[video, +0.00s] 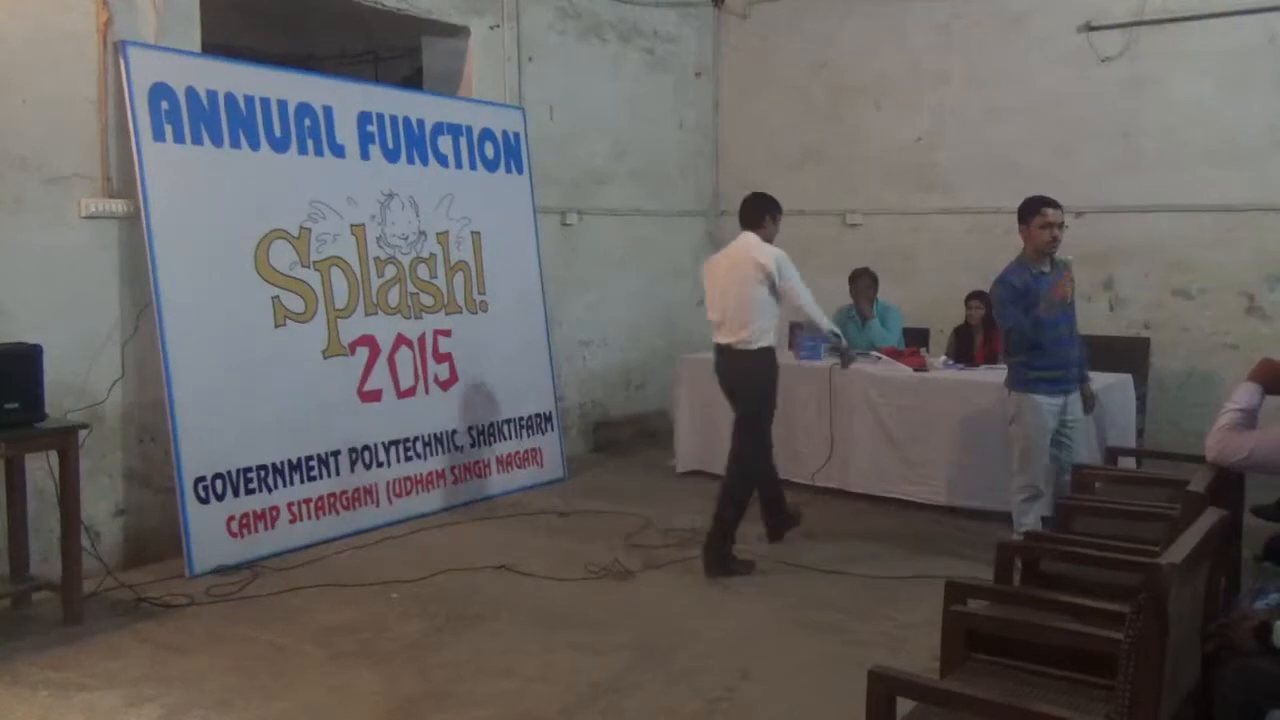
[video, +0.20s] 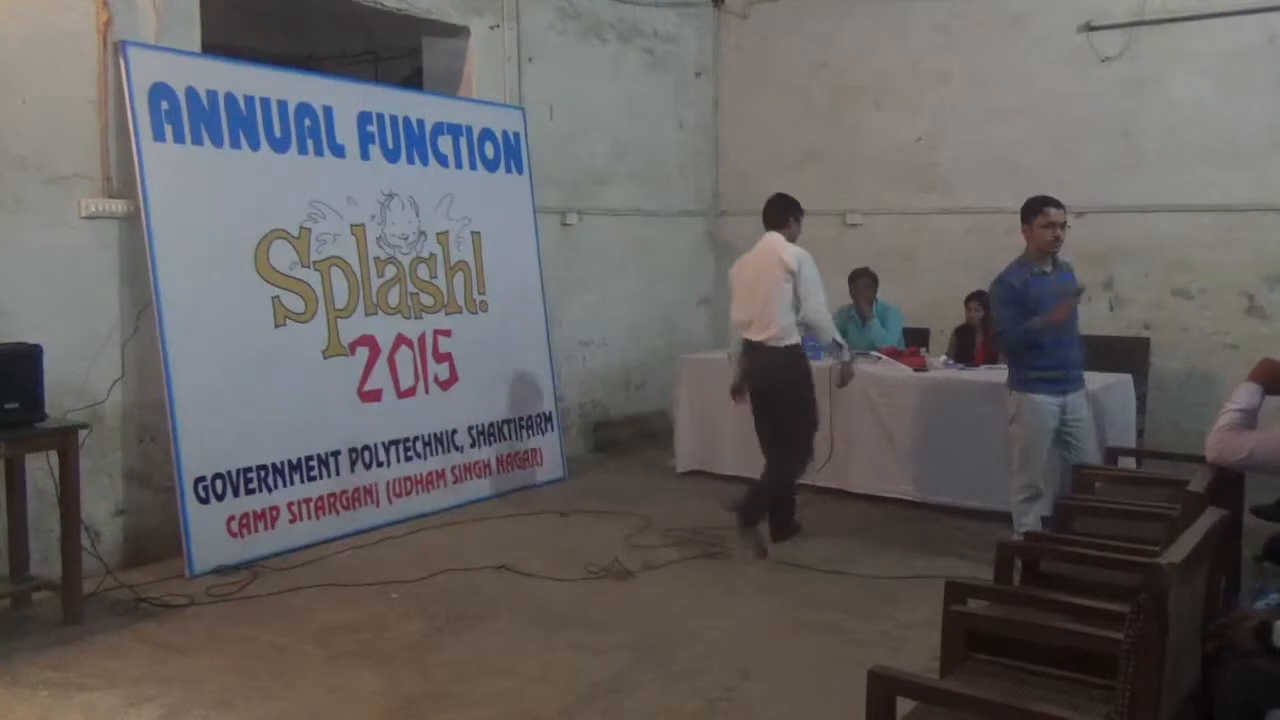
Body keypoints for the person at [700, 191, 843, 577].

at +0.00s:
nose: (778, 230)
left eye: (779, 223)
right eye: (778, 223)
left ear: (742, 222)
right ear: (766, 222)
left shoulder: (713, 262)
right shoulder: (771, 257)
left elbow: (714, 312)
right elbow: (803, 304)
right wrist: (835, 337)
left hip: (725, 362)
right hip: (758, 362)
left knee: (758, 443)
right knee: (745, 455)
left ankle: (777, 517)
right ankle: (718, 552)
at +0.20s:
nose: (801, 229)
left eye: (800, 223)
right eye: (800, 223)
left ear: (766, 222)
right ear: (791, 222)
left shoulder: (741, 264)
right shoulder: (797, 258)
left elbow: (738, 321)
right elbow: (813, 314)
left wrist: (739, 368)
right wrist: (842, 352)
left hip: (754, 360)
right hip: (788, 360)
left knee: (774, 443)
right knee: (800, 443)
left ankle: (783, 524)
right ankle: (749, 510)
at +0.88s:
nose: (884, 238)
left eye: (885, 233)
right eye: (885, 232)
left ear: (855, 222)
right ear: (878, 229)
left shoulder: (820, 251)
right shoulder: (876, 260)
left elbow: (806, 301)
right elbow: (897, 308)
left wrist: (810, 330)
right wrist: (932, 328)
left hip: (820, 342)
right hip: (853, 345)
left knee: (834, 419)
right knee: (864, 425)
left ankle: (824, 488)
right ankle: (860, 501)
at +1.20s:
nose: (896, 240)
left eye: (898, 234)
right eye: (895, 232)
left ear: (872, 225)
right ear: (882, 227)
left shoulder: (846, 245)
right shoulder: (867, 249)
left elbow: (849, 305)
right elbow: (877, 303)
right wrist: (894, 330)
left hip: (826, 334)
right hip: (847, 335)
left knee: (836, 416)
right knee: (856, 417)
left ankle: (835, 491)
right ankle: (860, 498)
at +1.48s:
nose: (889, 232)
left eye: (891, 225)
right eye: (887, 224)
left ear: (871, 221)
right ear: (870, 220)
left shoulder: (864, 253)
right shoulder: (839, 251)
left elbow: (864, 305)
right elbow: (828, 300)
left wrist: (869, 343)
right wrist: (837, 342)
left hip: (854, 339)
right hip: (834, 340)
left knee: (849, 418)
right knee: (836, 419)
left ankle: (839, 492)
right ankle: (827, 499)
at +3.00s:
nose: (828, 231)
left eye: (827, 224)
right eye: (827, 224)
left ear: (800, 219)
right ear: (818, 223)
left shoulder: (799, 254)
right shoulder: (788, 253)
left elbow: (804, 304)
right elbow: (790, 305)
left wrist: (832, 329)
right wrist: (817, 351)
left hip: (792, 344)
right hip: (773, 344)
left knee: (800, 424)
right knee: (773, 425)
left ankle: (797, 496)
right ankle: (761, 508)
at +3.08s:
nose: (823, 232)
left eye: (824, 225)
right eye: (821, 225)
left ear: (801, 222)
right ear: (808, 223)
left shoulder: (798, 256)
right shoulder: (781, 254)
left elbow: (810, 304)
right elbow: (787, 308)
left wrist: (836, 330)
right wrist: (818, 349)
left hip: (790, 345)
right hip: (770, 346)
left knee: (797, 424)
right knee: (773, 426)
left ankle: (798, 496)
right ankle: (760, 508)